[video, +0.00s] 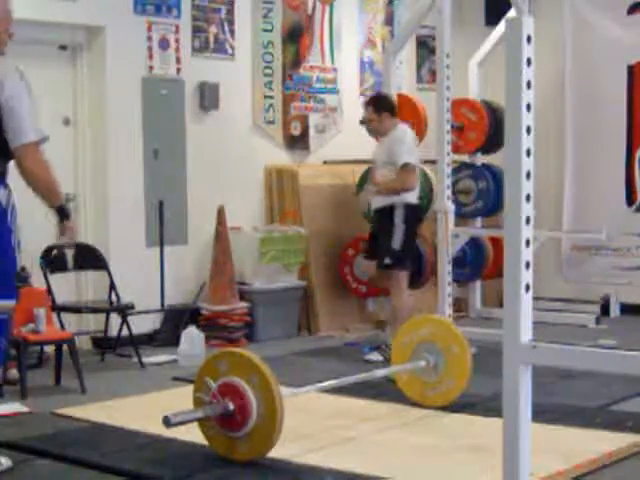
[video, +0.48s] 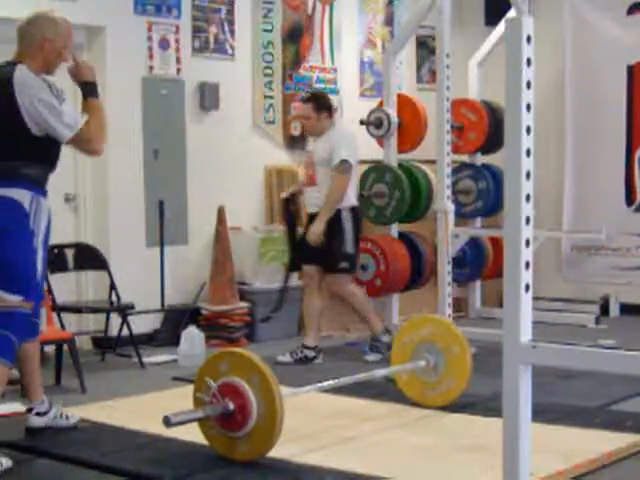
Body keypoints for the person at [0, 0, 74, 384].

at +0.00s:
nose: (11, 31)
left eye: (9, 22)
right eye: (7, 22)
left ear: (4, 27)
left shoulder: (10, 78)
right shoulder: (8, 78)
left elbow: (28, 155)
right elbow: (28, 157)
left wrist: (61, 207)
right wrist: (62, 208)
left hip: (5, 208)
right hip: (1, 209)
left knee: (10, 291)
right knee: (6, 294)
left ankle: (7, 360)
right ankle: (3, 365)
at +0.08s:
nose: (14, 31)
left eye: (13, 23)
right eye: (10, 23)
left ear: (8, 25)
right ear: (2, 26)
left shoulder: (12, 77)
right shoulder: (9, 77)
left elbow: (31, 156)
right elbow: (31, 158)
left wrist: (67, 203)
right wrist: (68, 203)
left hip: (6, 197)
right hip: (2, 198)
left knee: (9, 292)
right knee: (5, 293)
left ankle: (6, 367)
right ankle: (3, 370)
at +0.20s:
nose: (32, 28)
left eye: (32, 21)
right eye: (28, 21)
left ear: (8, 24)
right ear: (8, 24)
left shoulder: (14, 74)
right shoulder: (13, 75)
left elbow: (34, 155)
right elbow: (35, 158)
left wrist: (70, 169)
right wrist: (73, 170)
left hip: (8, 193)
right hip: (5, 195)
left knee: (12, 286)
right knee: (9, 289)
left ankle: (8, 365)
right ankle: (6, 367)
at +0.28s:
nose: (49, 44)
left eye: (50, 36)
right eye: (46, 35)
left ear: (20, 31)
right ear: (24, 32)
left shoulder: (12, 73)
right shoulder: (16, 76)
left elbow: (48, 157)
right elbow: (53, 160)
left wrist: (80, 132)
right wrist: (89, 126)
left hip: (7, 199)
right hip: (7, 201)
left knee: (11, 303)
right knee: (9, 306)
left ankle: (7, 401)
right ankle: (5, 404)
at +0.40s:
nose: (62, 52)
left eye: (62, 45)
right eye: (59, 44)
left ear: (29, 40)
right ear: (40, 41)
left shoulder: (10, 76)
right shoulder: (25, 81)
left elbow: (72, 145)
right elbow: (80, 148)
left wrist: (87, 104)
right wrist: (91, 98)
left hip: (9, 198)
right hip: (14, 200)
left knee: (17, 307)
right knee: (14, 308)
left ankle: (32, 403)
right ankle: (30, 403)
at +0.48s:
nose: (69, 58)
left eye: (69, 51)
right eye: (66, 50)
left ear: (35, 44)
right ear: (45, 46)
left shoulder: (11, 79)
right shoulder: (28, 84)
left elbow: (83, 138)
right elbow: (94, 142)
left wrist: (84, 96)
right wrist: (90, 86)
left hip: (12, 199)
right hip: (18, 202)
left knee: (26, 309)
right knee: (18, 310)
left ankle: (37, 406)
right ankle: (34, 406)